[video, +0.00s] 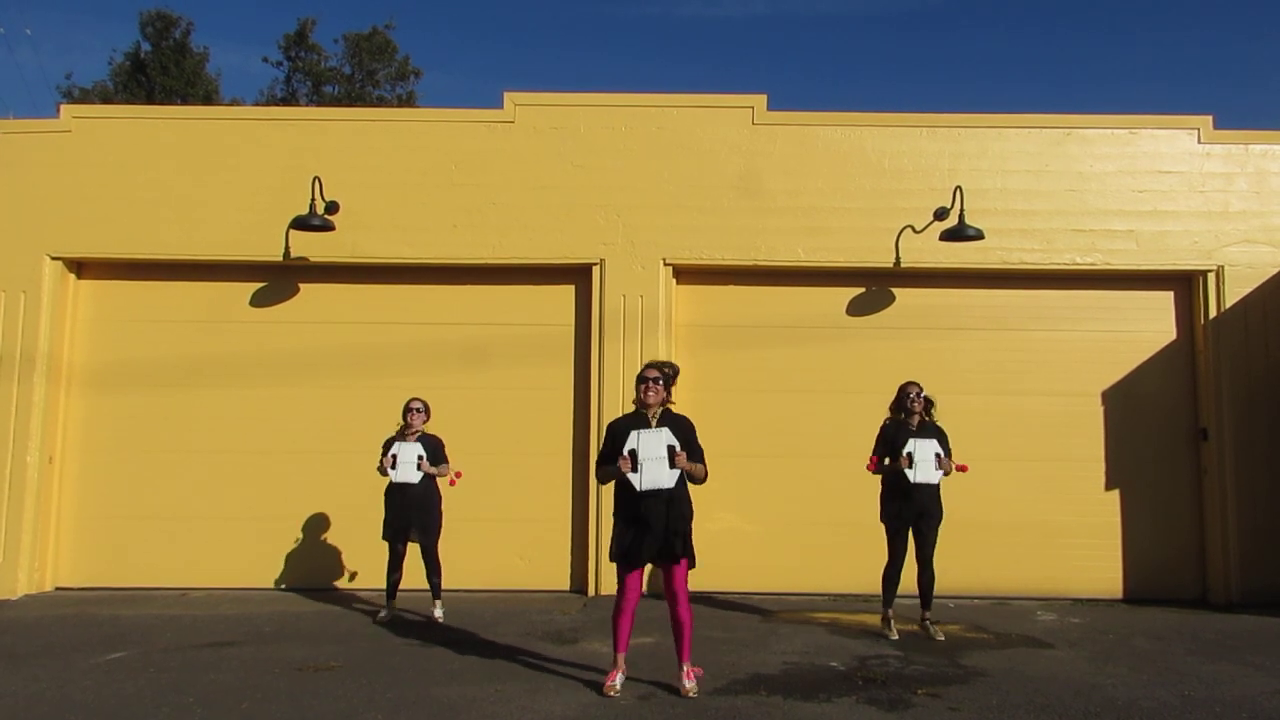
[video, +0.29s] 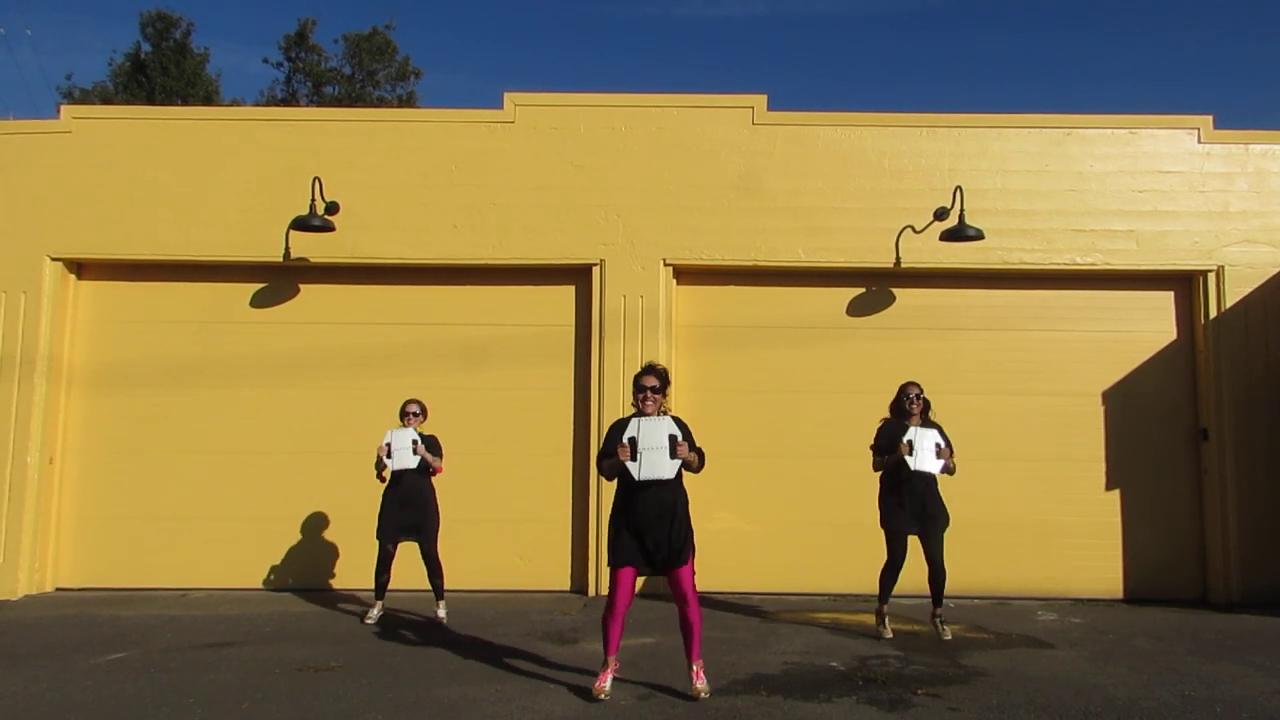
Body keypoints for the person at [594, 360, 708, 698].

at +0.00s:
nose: (649, 386)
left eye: (656, 382)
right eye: (644, 381)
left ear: (667, 390)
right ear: (636, 387)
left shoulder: (681, 425)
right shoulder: (619, 427)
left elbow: (701, 475)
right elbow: (601, 476)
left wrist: (686, 465)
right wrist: (618, 467)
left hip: (674, 524)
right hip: (632, 524)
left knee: (678, 597)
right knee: (627, 596)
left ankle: (685, 668)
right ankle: (618, 667)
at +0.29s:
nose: (647, 394)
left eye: (654, 390)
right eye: (641, 389)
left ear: (663, 394)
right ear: (634, 392)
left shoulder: (676, 426)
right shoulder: (620, 428)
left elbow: (697, 463)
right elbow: (605, 470)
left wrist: (687, 455)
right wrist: (619, 458)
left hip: (672, 523)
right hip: (629, 524)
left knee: (686, 595)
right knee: (618, 599)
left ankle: (696, 667)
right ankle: (609, 666)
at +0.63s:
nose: (646, 384)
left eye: (653, 380)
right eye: (641, 379)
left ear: (664, 386)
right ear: (633, 385)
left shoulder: (678, 422)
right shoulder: (617, 424)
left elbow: (697, 467)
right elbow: (599, 468)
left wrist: (689, 473)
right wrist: (617, 475)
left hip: (671, 521)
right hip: (629, 521)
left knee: (677, 593)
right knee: (624, 593)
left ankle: (687, 669)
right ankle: (613, 668)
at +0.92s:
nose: (646, 389)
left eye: (653, 384)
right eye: (640, 384)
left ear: (663, 389)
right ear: (633, 388)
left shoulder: (677, 423)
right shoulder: (621, 425)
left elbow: (699, 467)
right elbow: (605, 467)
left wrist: (688, 459)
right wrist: (621, 467)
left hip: (673, 517)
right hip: (630, 518)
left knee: (683, 590)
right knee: (621, 592)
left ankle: (685, 661)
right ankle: (616, 661)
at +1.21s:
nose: (648, 397)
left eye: (655, 391)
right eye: (643, 391)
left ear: (665, 395)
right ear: (635, 394)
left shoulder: (679, 428)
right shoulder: (622, 429)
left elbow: (698, 475)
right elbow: (605, 476)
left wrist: (688, 463)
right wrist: (619, 465)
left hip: (672, 526)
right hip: (631, 526)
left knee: (681, 598)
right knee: (623, 598)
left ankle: (697, 677)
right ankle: (611, 675)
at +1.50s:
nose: (650, 394)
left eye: (657, 390)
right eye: (645, 389)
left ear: (667, 396)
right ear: (637, 395)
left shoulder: (680, 433)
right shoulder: (621, 433)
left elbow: (697, 481)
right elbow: (600, 476)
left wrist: (683, 476)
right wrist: (616, 474)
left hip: (672, 529)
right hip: (631, 529)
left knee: (673, 597)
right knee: (629, 598)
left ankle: (676, 668)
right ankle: (622, 667)